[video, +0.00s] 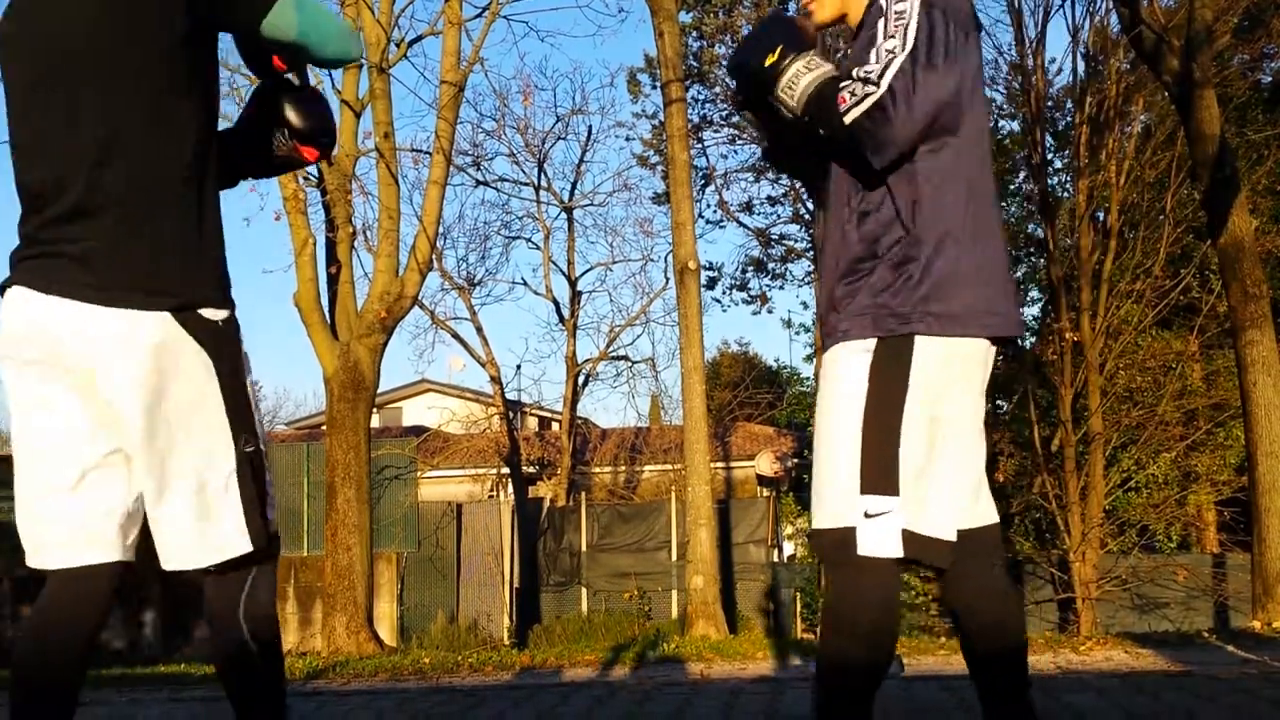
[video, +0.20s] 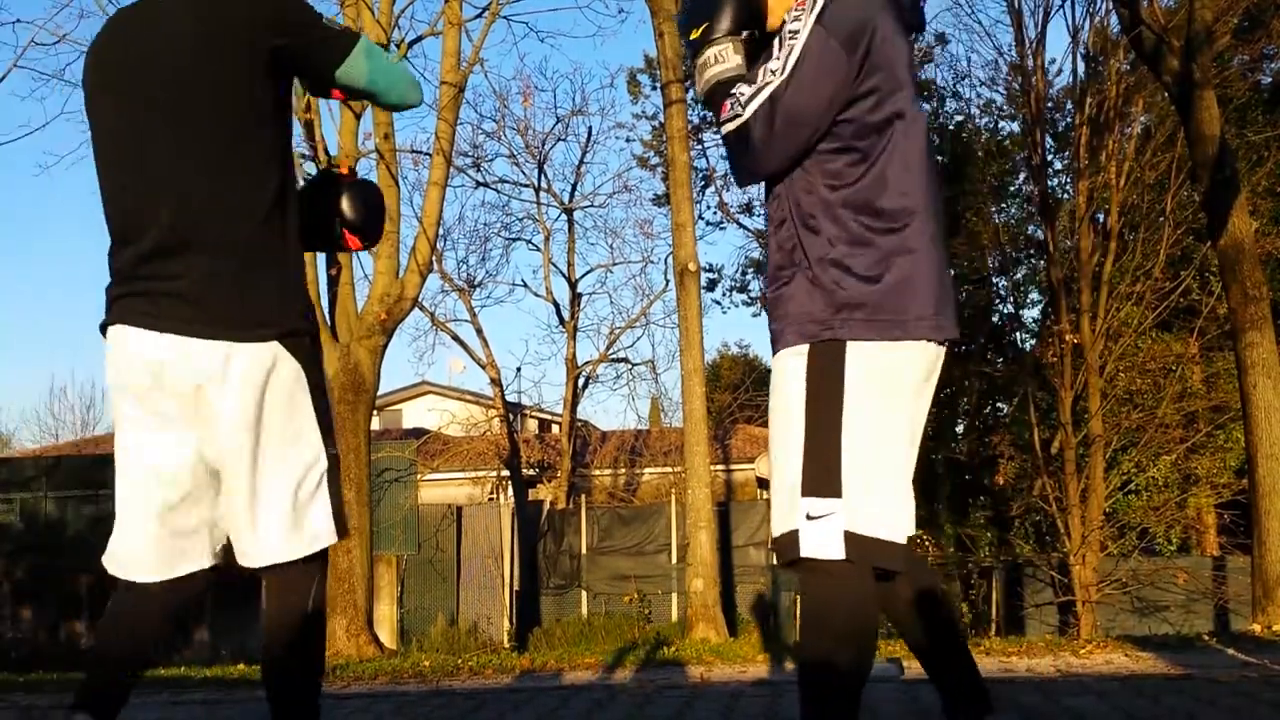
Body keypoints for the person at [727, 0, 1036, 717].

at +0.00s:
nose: (802, 8)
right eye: (800, 7)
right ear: (824, 13)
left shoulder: (917, 7)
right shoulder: (855, 44)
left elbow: (877, 132)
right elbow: (834, 181)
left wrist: (789, 67)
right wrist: (769, 93)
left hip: (903, 303)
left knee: (854, 530)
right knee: (959, 530)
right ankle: (1013, 717)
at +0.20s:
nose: (764, 7)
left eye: (767, 1)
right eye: (764, 5)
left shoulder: (838, 14)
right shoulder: (863, 19)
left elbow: (759, 146)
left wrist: (725, 74)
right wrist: (743, 70)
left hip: (846, 312)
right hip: (889, 309)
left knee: (825, 538)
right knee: (876, 535)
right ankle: (972, 707)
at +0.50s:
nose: (705, 14)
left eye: (706, 6)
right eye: (703, 10)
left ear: (728, 0)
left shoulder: (776, 31)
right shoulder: (848, 40)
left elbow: (710, 162)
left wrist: (679, 82)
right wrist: (724, 67)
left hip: (807, 322)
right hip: (878, 314)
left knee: (806, 540)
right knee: (875, 533)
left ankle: (821, 718)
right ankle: (906, 713)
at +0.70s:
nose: (713, 19)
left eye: (717, 6)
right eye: (713, 10)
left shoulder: (797, 48)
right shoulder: (851, 52)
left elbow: (744, 179)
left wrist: (706, 95)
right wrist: (733, 88)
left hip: (809, 331)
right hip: (880, 327)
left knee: (798, 539)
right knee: (883, 534)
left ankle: (816, 719)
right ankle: (904, 713)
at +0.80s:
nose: (723, 23)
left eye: (727, 9)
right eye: (722, 13)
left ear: (761, 5)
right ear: (792, 3)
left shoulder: (810, 56)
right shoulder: (851, 55)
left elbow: (745, 182)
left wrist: (718, 96)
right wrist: (737, 93)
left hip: (818, 336)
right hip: (882, 331)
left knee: (788, 537)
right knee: (884, 536)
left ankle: (808, 718)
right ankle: (904, 713)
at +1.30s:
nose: (716, 61)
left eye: (720, 41)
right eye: (712, 46)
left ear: (761, 23)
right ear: (763, 24)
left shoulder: (813, 61)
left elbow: (802, 180)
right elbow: (770, 215)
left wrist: (730, 156)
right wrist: (713, 177)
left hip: (813, 331)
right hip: (868, 328)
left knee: (800, 534)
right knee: (872, 530)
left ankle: (819, 717)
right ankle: (901, 714)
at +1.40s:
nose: (711, 59)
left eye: (715, 39)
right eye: (708, 44)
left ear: (757, 21)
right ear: (760, 21)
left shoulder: (799, 71)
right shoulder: (825, 74)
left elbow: (766, 195)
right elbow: (772, 199)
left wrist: (700, 142)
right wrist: (715, 142)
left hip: (811, 336)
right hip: (860, 329)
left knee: (803, 538)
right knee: (862, 537)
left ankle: (818, 717)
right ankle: (897, 711)